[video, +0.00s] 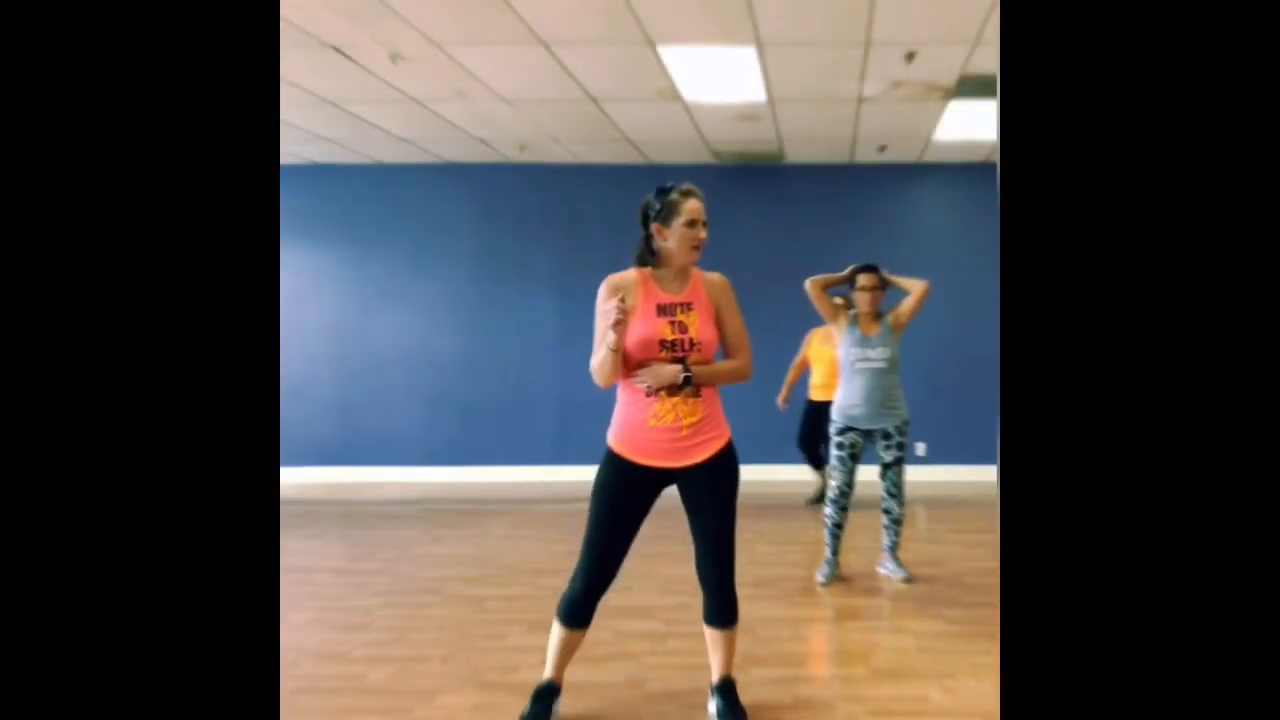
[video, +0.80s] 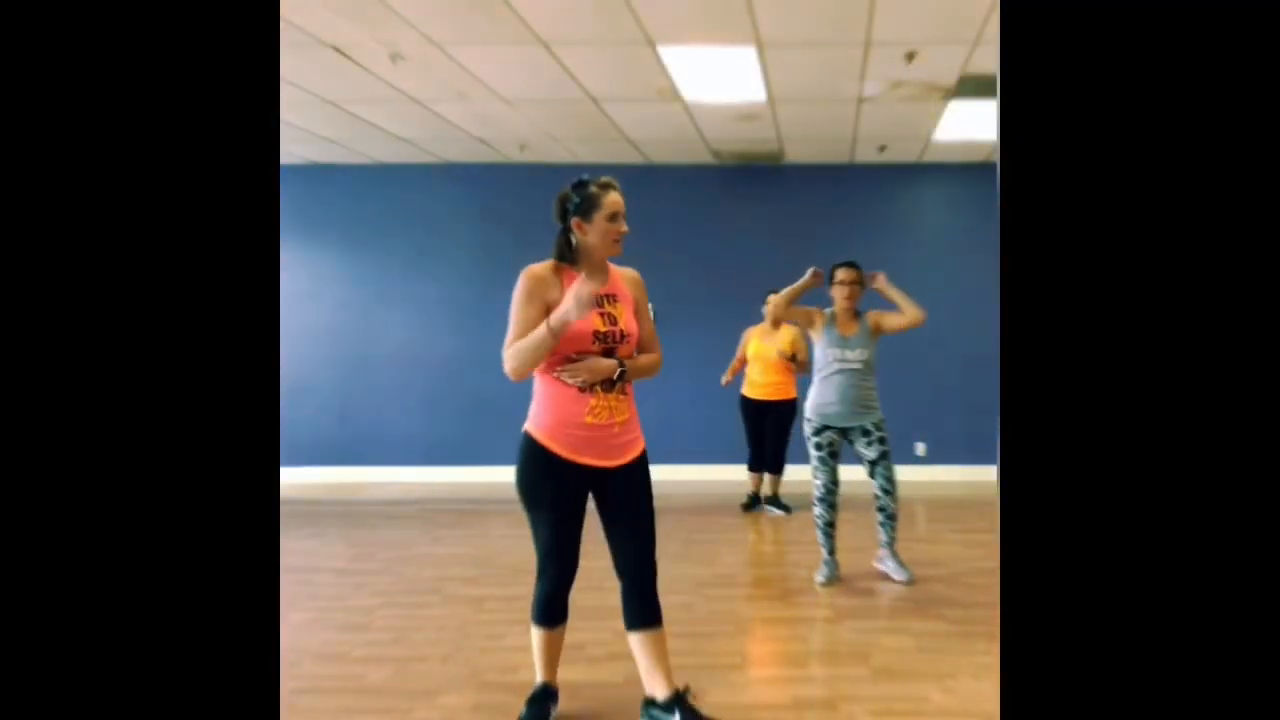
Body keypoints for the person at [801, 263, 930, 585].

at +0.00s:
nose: (869, 295)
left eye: (875, 289)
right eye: (863, 289)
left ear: (883, 293)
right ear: (852, 294)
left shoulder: (892, 324)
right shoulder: (840, 321)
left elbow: (922, 288)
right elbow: (811, 285)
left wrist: (890, 279)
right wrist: (844, 277)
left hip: (889, 417)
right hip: (847, 417)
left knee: (893, 492)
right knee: (839, 490)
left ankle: (889, 557)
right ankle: (830, 560)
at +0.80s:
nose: (847, 290)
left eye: (853, 284)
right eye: (841, 284)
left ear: (862, 289)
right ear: (831, 289)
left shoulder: (872, 322)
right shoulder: (817, 319)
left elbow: (916, 317)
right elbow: (775, 309)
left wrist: (885, 287)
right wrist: (806, 283)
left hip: (865, 417)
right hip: (822, 418)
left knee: (886, 483)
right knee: (825, 490)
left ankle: (887, 554)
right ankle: (828, 560)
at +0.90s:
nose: (851, 288)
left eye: (857, 283)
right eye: (845, 283)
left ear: (866, 289)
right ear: (835, 289)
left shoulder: (878, 323)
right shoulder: (822, 322)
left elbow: (922, 337)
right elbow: (776, 331)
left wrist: (903, 299)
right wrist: (796, 294)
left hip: (870, 418)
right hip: (827, 418)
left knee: (890, 486)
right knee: (827, 491)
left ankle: (899, 554)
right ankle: (828, 560)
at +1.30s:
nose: (886, 287)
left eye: (891, 281)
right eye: (880, 281)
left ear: (900, 288)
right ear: (869, 290)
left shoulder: (914, 326)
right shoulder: (856, 328)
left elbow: (929, 370)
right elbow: (846, 374)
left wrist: (929, 412)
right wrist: (848, 412)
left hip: (909, 423)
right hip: (866, 422)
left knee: (912, 494)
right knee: (849, 490)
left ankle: (909, 558)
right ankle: (835, 558)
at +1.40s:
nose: (894, 285)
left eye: (899, 279)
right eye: (888, 280)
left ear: (908, 286)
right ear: (876, 287)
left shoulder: (921, 324)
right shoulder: (862, 325)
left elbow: (937, 367)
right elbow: (849, 373)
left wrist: (935, 408)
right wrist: (862, 413)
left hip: (913, 420)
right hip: (872, 418)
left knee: (914, 493)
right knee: (857, 488)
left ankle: (909, 558)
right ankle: (848, 556)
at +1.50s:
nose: (897, 284)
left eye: (903, 279)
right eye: (891, 279)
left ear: (913, 286)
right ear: (881, 286)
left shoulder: (924, 322)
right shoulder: (866, 323)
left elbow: (943, 364)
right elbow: (850, 370)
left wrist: (939, 403)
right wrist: (864, 411)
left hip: (915, 419)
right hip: (875, 419)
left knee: (915, 492)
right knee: (869, 491)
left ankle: (910, 558)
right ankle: (868, 558)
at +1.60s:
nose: (900, 285)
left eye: (906, 280)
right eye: (894, 279)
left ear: (915, 288)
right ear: (884, 287)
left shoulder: (926, 325)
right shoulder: (868, 324)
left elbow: (945, 368)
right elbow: (852, 371)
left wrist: (940, 405)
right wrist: (864, 415)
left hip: (918, 421)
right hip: (878, 422)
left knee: (916, 493)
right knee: (879, 493)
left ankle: (911, 557)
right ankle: (881, 558)